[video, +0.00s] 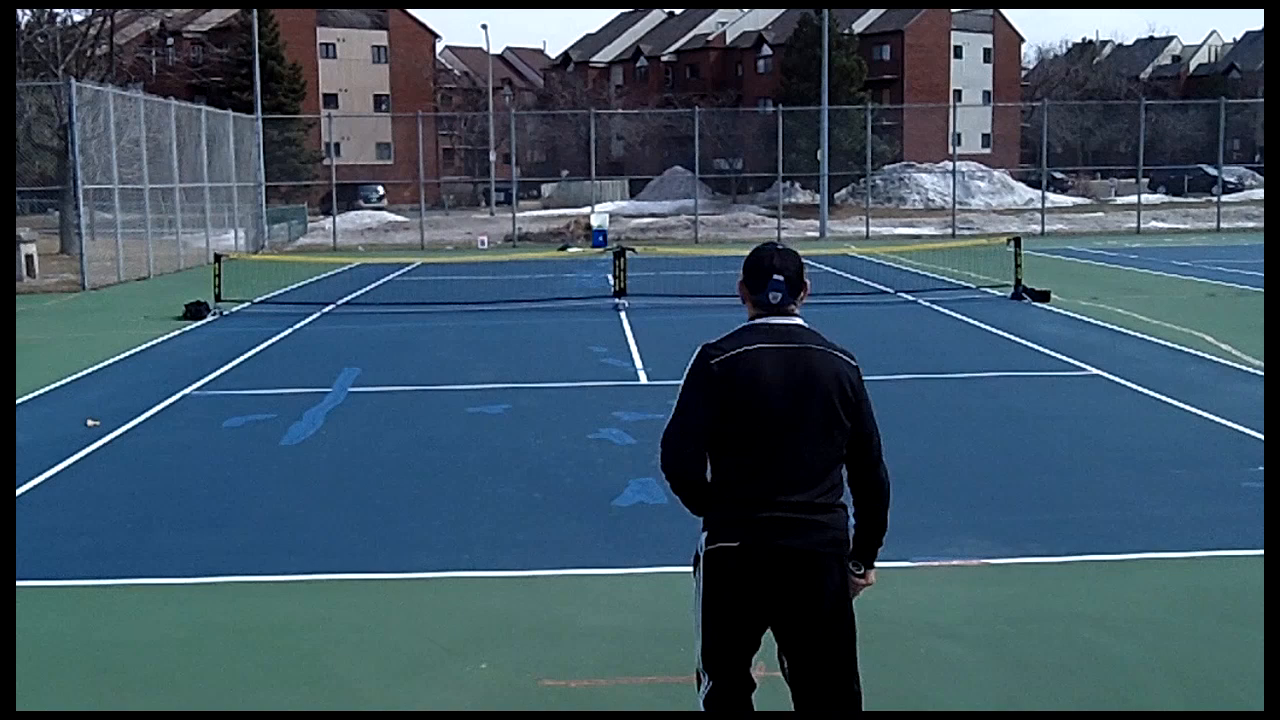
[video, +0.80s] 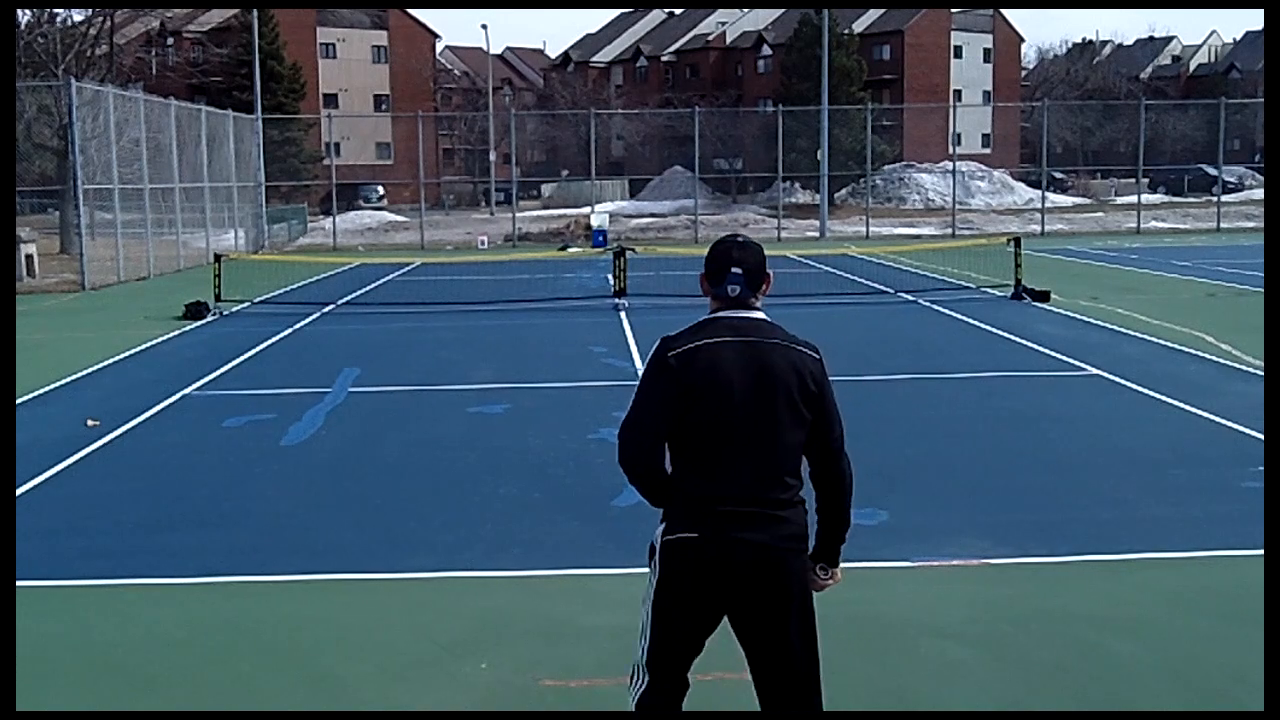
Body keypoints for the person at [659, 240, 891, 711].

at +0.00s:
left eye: (744, 288)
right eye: (800, 287)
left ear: (742, 292)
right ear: (804, 293)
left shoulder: (715, 359)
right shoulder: (839, 364)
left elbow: (677, 457)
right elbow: (871, 475)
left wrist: (715, 510)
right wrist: (863, 556)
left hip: (735, 557)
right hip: (818, 557)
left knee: (724, 682)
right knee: (829, 691)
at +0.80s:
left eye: (708, 280)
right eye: (764, 279)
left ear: (704, 285)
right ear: (766, 285)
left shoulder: (674, 353)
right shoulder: (802, 357)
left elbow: (635, 451)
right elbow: (833, 468)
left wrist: (678, 502)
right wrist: (827, 552)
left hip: (692, 552)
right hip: (776, 554)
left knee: (659, 682)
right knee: (793, 695)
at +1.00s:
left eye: (666, 289)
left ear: (662, 294)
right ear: (725, 292)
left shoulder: (632, 362)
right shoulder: (761, 365)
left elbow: (586, 454)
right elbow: (800, 473)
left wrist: (637, 491)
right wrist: (789, 548)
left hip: (653, 566)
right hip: (739, 565)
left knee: (616, 700)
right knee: (772, 701)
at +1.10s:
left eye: (640, 295)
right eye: (697, 292)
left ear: (637, 301)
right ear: (698, 299)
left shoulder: (604, 365)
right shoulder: (735, 371)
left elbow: (549, 453)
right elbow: (778, 477)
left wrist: (601, 487)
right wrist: (755, 548)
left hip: (624, 567)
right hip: (711, 567)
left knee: (593, 702)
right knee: (747, 702)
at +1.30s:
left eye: (617, 281)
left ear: (615, 286)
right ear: (677, 285)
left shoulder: (582, 351)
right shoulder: (713, 355)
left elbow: (535, 455)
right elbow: (749, 459)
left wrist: (558, 470)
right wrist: (703, 501)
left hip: (601, 548)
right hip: (687, 549)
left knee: (588, 690)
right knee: (688, 687)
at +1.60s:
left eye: (595, 289)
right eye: (656, 288)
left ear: (592, 295)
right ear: (655, 295)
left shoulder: (558, 362)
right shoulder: (688, 367)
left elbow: (517, 467)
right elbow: (719, 473)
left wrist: (563, 483)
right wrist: (658, 496)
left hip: (566, 556)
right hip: (654, 558)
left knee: (535, 684)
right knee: (671, 693)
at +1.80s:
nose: (612, 313)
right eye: (612, 307)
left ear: (549, 313)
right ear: (609, 314)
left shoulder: (509, 382)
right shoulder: (638, 385)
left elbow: (465, 488)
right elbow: (680, 492)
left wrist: (519, 477)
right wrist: (617, 505)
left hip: (524, 579)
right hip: (614, 579)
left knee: (493, 703)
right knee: (651, 700)